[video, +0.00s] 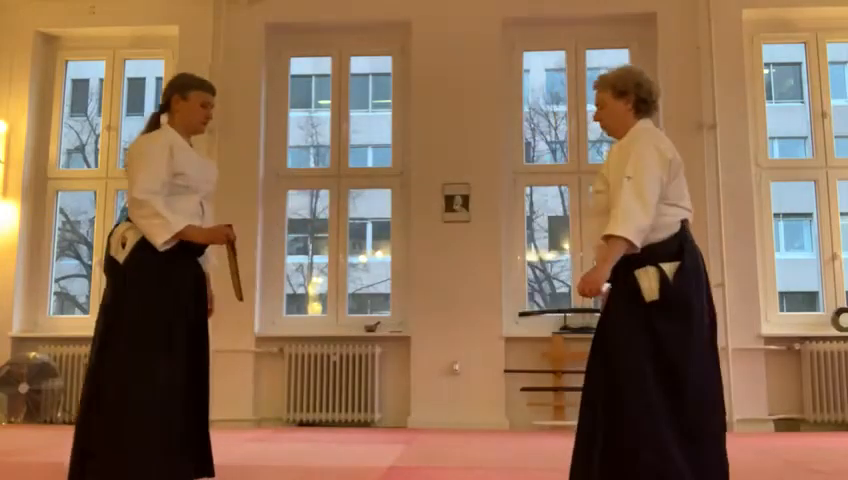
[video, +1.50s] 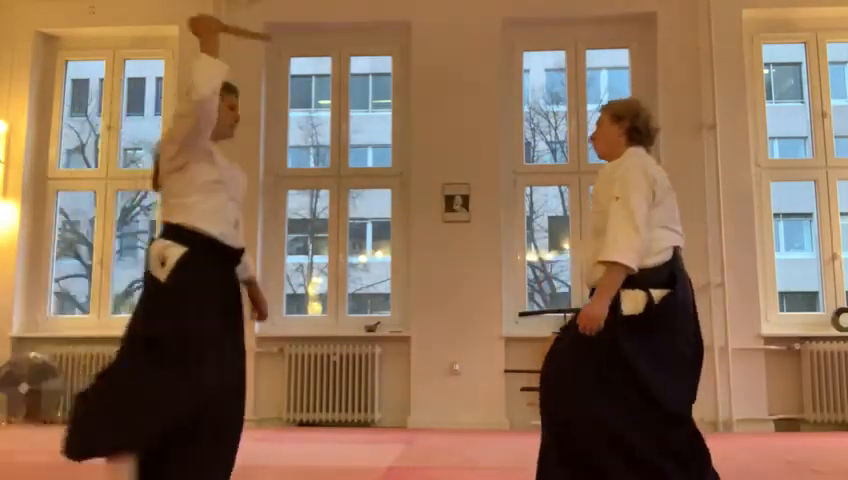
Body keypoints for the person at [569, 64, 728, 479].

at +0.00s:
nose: (595, 113)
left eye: (601, 103)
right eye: (595, 104)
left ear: (627, 102)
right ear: (628, 104)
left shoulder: (643, 142)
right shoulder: (637, 143)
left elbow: (635, 211)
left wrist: (602, 267)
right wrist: (611, 257)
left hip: (658, 273)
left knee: (639, 380)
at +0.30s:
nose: (614, 120)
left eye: (620, 110)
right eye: (615, 111)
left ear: (646, 110)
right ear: (647, 113)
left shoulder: (662, 149)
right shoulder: (645, 153)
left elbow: (641, 215)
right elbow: (639, 232)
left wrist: (593, 258)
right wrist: (603, 272)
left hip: (671, 286)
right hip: (649, 283)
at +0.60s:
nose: (613, 121)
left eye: (621, 113)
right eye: (616, 113)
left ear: (647, 118)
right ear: (645, 120)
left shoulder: (653, 156)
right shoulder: (650, 158)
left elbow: (617, 215)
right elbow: (634, 235)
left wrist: (559, 251)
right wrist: (589, 273)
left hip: (656, 295)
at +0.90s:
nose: (610, 126)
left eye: (617, 118)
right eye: (612, 118)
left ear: (642, 123)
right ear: (641, 125)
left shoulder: (651, 160)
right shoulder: (642, 164)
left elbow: (616, 226)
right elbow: (622, 241)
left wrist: (557, 267)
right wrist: (579, 285)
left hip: (651, 295)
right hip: (643, 293)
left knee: (584, 379)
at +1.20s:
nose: (604, 131)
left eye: (611, 123)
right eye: (607, 123)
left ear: (632, 126)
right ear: (637, 128)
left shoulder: (640, 169)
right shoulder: (649, 165)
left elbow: (626, 240)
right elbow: (638, 239)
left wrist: (601, 304)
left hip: (642, 296)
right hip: (662, 292)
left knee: (574, 375)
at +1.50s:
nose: (592, 133)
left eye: (600, 125)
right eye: (595, 125)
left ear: (623, 130)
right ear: (626, 131)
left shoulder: (631, 165)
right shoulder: (640, 165)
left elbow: (628, 237)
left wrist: (600, 298)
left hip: (640, 293)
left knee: (564, 368)